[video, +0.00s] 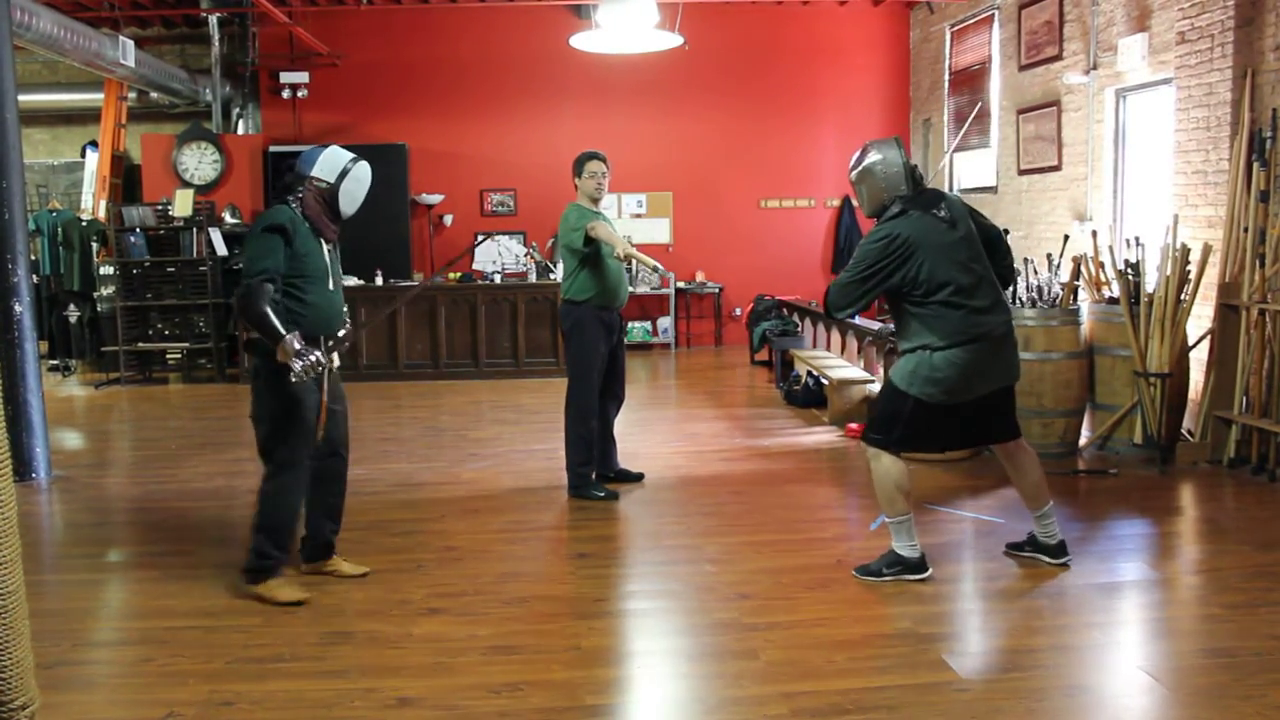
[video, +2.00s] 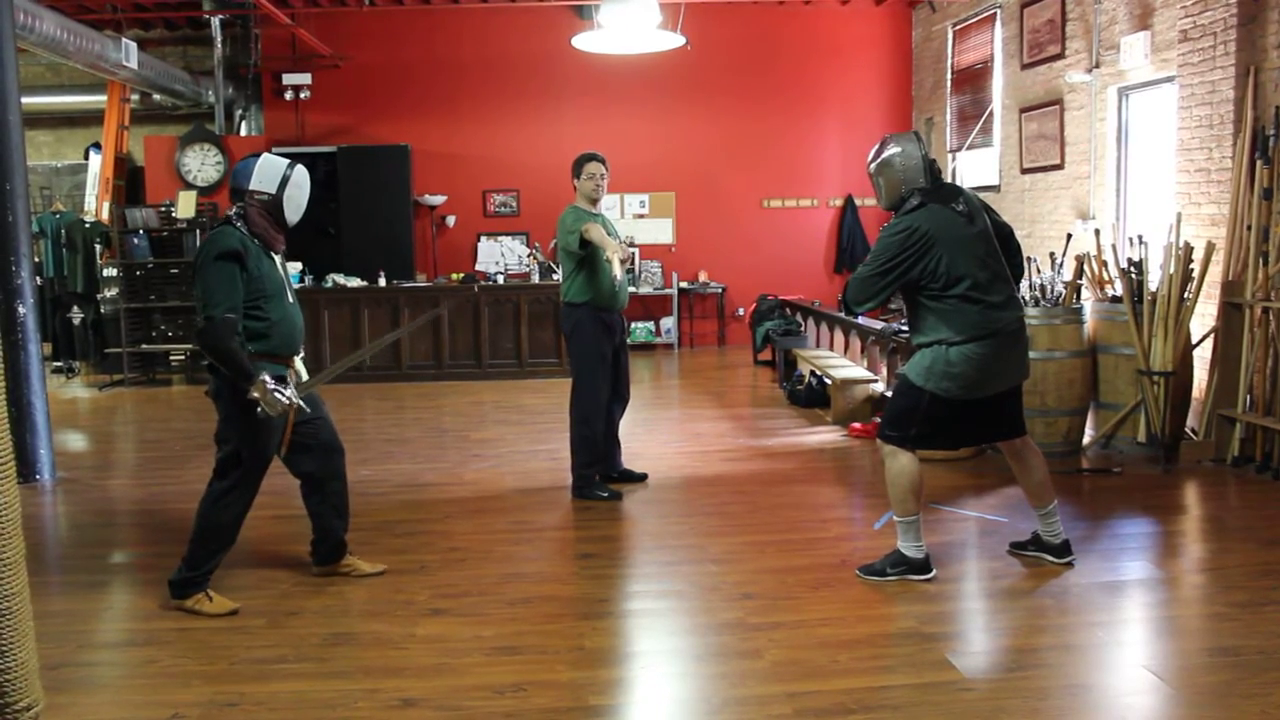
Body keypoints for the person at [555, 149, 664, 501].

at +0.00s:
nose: (601, 181)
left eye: (605, 176)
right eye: (593, 175)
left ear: (608, 181)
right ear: (577, 181)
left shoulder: (603, 218)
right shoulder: (574, 213)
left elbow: (615, 251)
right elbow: (595, 229)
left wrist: (633, 257)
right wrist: (620, 245)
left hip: (609, 316)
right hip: (584, 316)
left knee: (610, 395)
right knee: (583, 398)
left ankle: (606, 466)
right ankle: (580, 480)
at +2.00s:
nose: (597, 182)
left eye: (602, 176)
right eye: (590, 176)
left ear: (607, 182)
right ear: (576, 182)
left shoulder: (604, 221)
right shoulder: (572, 215)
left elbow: (618, 253)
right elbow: (591, 232)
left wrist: (625, 254)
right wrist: (613, 248)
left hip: (610, 315)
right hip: (585, 316)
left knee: (615, 394)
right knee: (590, 396)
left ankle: (609, 467)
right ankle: (584, 480)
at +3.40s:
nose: (596, 181)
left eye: (599, 175)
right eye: (587, 177)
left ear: (606, 182)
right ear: (574, 188)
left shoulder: (609, 224)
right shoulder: (569, 223)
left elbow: (627, 264)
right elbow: (578, 218)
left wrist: (654, 293)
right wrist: (593, 204)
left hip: (613, 322)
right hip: (584, 322)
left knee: (620, 403)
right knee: (595, 402)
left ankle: (598, 465)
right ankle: (585, 482)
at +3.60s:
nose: (601, 182)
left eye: (605, 177)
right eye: (593, 177)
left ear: (611, 183)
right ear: (581, 183)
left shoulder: (613, 226)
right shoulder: (575, 216)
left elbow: (632, 267)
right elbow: (556, 203)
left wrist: (654, 296)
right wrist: (556, 173)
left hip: (609, 318)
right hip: (580, 316)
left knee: (611, 396)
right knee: (585, 396)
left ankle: (596, 465)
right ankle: (586, 479)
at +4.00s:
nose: (596, 184)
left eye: (600, 180)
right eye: (589, 179)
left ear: (604, 188)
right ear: (575, 186)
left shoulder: (611, 230)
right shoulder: (556, 218)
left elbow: (634, 271)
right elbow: (517, 213)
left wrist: (658, 307)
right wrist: (512, 182)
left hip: (602, 316)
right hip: (567, 314)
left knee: (605, 390)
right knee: (560, 387)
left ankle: (597, 462)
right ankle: (548, 448)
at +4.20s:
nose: (584, 188)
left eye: (588, 184)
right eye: (577, 184)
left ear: (594, 192)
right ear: (564, 190)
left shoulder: (603, 234)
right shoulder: (546, 224)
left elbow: (624, 276)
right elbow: (507, 244)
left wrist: (642, 312)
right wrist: (495, 230)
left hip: (592, 319)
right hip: (556, 316)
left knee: (598, 389)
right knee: (551, 385)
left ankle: (597, 462)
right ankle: (546, 442)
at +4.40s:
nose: (570, 191)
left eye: (574, 187)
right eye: (563, 187)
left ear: (581, 194)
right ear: (552, 195)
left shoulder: (594, 236)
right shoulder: (536, 233)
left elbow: (614, 278)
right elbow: (502, 262)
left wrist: (631, 319)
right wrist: (484, 277)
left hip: (580, 321)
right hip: (543, 320)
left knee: (588, 385)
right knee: (546, 387)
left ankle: (592, 456)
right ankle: (549, 448)